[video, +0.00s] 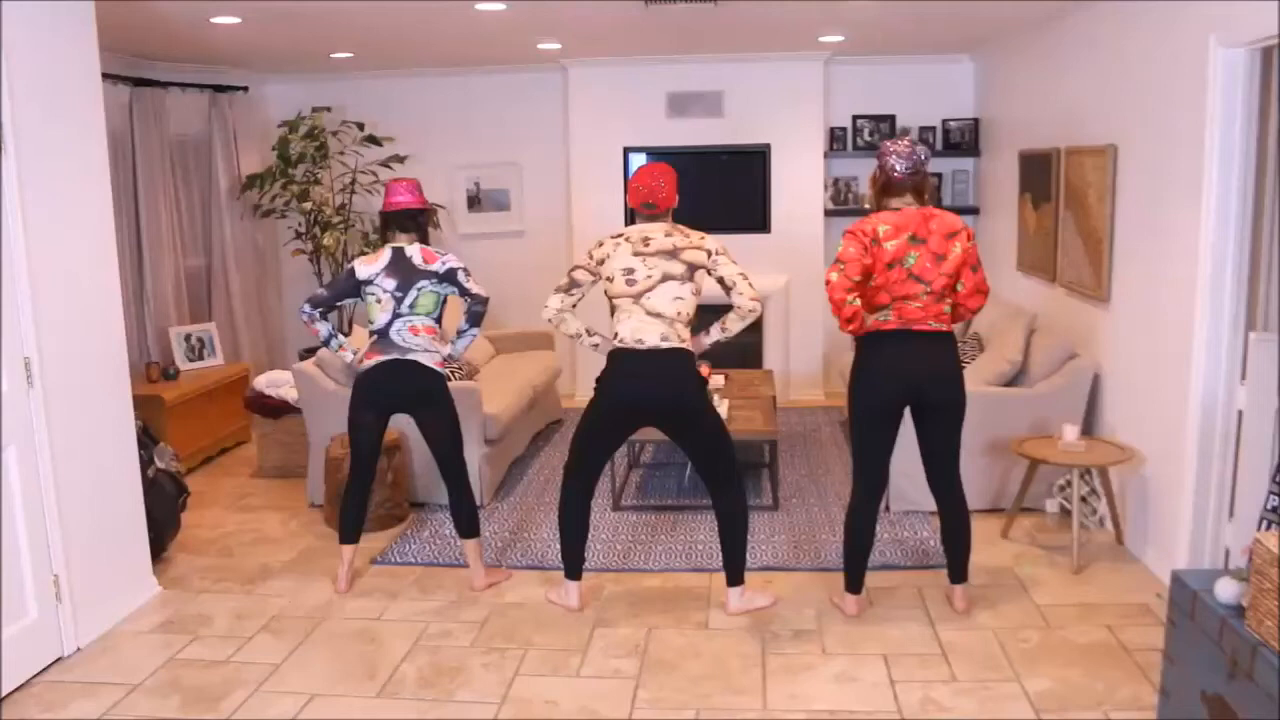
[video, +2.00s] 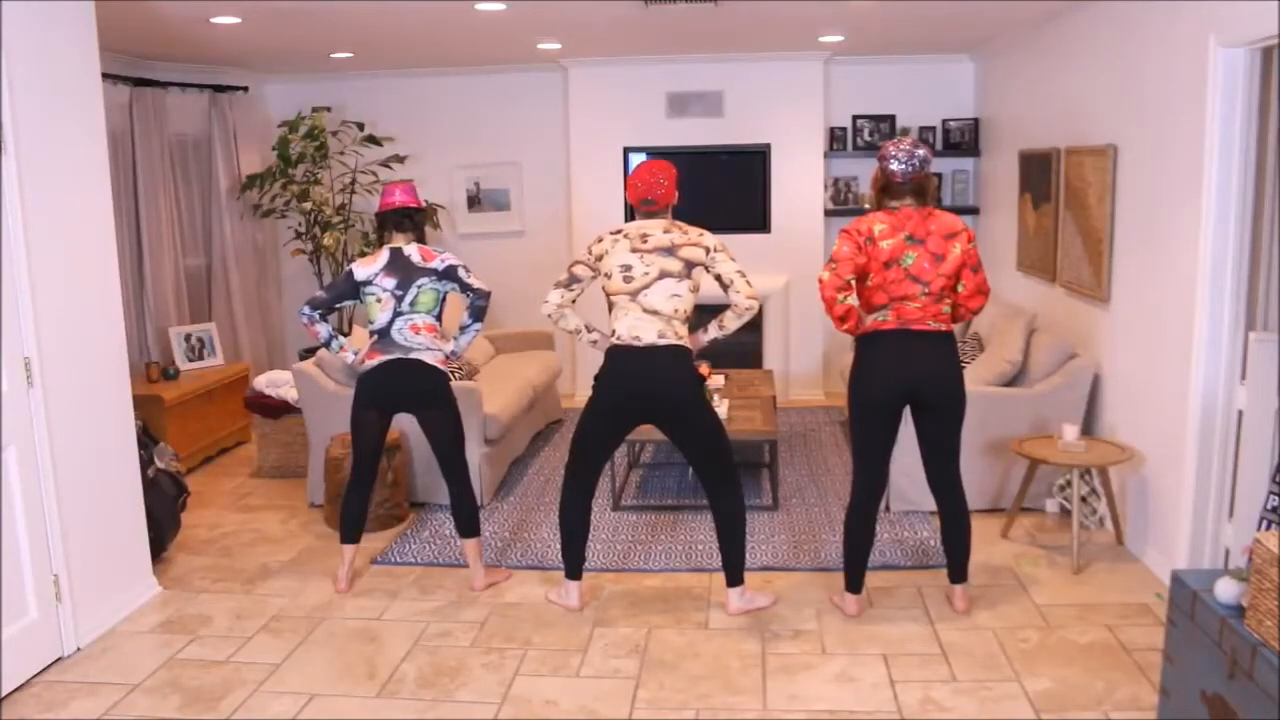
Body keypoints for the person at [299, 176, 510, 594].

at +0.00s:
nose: (424, 225)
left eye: (404, 222)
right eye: (423, 220)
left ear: (385, 224)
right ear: (423, 222)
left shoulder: (365, 266)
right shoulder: (442, 262)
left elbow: (310, 308)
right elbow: (478, 299)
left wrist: (346, 350)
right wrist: (456, 350)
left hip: (373, 379)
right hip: (426, 379)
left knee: (360, 472)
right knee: (455, 472)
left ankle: (344, 572)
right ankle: (479, 572)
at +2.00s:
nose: (418, 225)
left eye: (393, 222)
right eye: (420, 219)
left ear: (381, 223)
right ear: (421, 220)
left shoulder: (366, 266)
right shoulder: (439, 260)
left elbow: (309, 311)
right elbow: (480, 295)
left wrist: (348, 352)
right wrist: (457, 347)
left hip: (376, 380)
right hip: (427, 379)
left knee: (362, 474)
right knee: (456, 473)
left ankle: (345, 572)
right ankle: (479, 573)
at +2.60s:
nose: (364, 230)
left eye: (352, 224)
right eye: (376, 221)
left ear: (340, 224)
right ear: (381, 222)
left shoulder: (325, 265)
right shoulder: (403, 260)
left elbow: (278, 309)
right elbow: (453, 296)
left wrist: (312, 351)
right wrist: (430, 344)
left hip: (347, 382)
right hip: (401, 377)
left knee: (344, 472)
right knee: (432, 461)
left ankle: (341, 570)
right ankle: (463, 553)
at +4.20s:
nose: (312, 224)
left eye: (319, 219)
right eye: (315, 217)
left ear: (340, 231)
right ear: (348, 231)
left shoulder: (352, 280)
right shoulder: (371, 263)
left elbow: (334, 361)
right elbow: (408, 286)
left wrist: (305, 375)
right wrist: (400, 338)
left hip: (405, 394)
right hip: (416, 381)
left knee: (362, 488)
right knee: (377, 465)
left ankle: (408, 583)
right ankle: (387, 539)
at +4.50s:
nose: (307, 227)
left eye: (317, 223)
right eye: (312, 220)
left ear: (338, 237)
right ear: (336, 237)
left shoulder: (352, 286)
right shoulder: (340, 277)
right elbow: (350, 339)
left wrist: (392, 373)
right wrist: (315, 368)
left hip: (400, 393)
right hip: (378, 389)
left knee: (359, 484)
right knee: (344, 463)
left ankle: (410, 582)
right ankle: (358, 545)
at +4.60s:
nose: (306, 227)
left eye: (318, 224)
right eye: (310, 221)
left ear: (340, 240)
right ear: (329, 240)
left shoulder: (352, 290)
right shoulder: (328, 284)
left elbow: (411, 340)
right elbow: (339, 342)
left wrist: (389, 370)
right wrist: (319, 380)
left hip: (392, 393)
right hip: (362, 391)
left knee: (363, 481)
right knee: (337, 463)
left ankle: (410, 583)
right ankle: (357, 548)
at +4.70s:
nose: (305, 228)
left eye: (316, 225)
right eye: (308, 221)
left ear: (339, 241)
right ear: (325, 239)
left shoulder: (355, 292)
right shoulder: (323, 288)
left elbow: (413, 337)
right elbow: (339, 344)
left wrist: (390, 370)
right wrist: (315, 380)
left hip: (389, 393)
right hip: (356, 393)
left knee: (366, 482)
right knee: (328, 464)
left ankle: (410, 582)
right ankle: (356, 549)